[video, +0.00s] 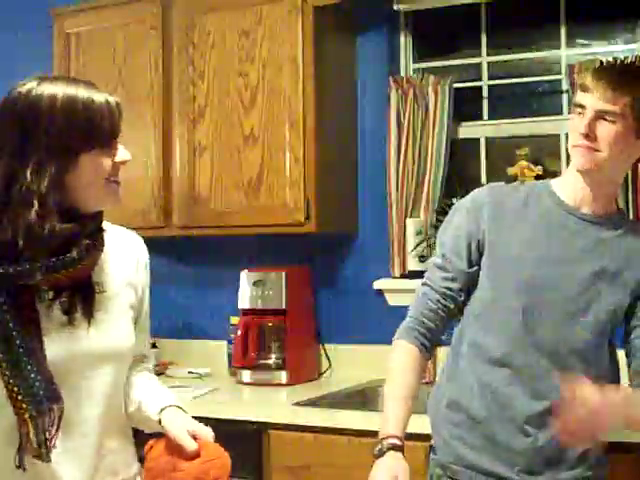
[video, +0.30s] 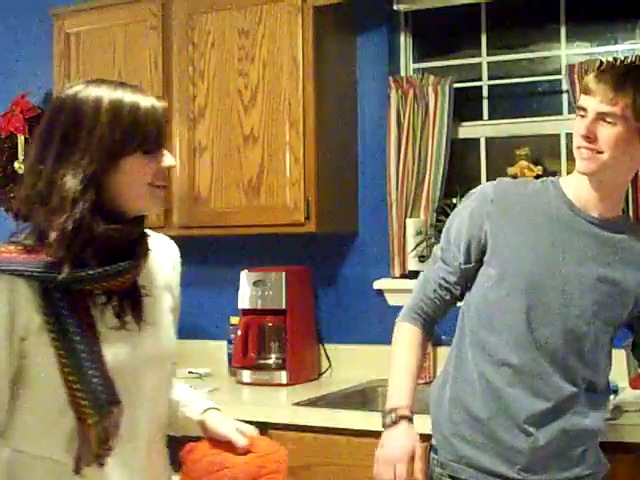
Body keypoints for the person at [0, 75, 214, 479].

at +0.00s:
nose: (123, 156)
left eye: (116, 143)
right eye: (104, 145)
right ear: (45, 160)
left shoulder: (127, 254)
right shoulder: (7, 260)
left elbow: (132, 372)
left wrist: (170, 414)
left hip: (114, 470)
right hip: (24, 471)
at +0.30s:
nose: (169, 163)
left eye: (164, 148)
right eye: (147, 150)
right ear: (88, 160)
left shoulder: (162, 258)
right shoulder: (13, 283)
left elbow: (146, 387)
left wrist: (203, 414)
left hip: (148, 471)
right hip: (43, 470)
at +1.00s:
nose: (308, 159)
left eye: (307, 142)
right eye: (292, 141)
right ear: (236, 147)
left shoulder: (300, 251)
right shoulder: (171, 267)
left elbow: (359, 365)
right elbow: (135, 430)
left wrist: (466, 348)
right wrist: (234, 478)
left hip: (293, 468)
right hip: (215, 471)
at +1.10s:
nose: (322, 156)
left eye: (320, 138)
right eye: (307, 138)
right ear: (253, 144)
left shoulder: (309, 247)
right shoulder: (186, 264)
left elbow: (355, 367)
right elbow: (147, 430)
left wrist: (466, 359)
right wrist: (243, 475)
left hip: (311, 464)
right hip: (236, 469)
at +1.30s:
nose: (346, 152)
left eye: (345, 135)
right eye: (330, 134)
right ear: (273, 136)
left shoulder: (323, 247)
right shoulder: (205, 263)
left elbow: (332, 391)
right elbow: (168, 430)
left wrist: (413, 429)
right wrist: (264, 473)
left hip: (338, 466)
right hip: (258, 468)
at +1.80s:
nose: (379, 151)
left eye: (377, 135)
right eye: (365, 133)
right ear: (310, 136)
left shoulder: (327, 255)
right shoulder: (244, 266)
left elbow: (359, 391)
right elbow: (189, 439)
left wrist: (412, 449)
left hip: (360, 467)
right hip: (288, 468)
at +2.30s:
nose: (363, 155)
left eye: (362, 138)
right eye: (357, 138)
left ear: (255, 136)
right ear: (333, 144)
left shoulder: (229, 237)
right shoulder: (312, 260)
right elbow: (383, 412)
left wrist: (364, 451)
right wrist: (495, 345)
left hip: (227, 466)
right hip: (310, 470)